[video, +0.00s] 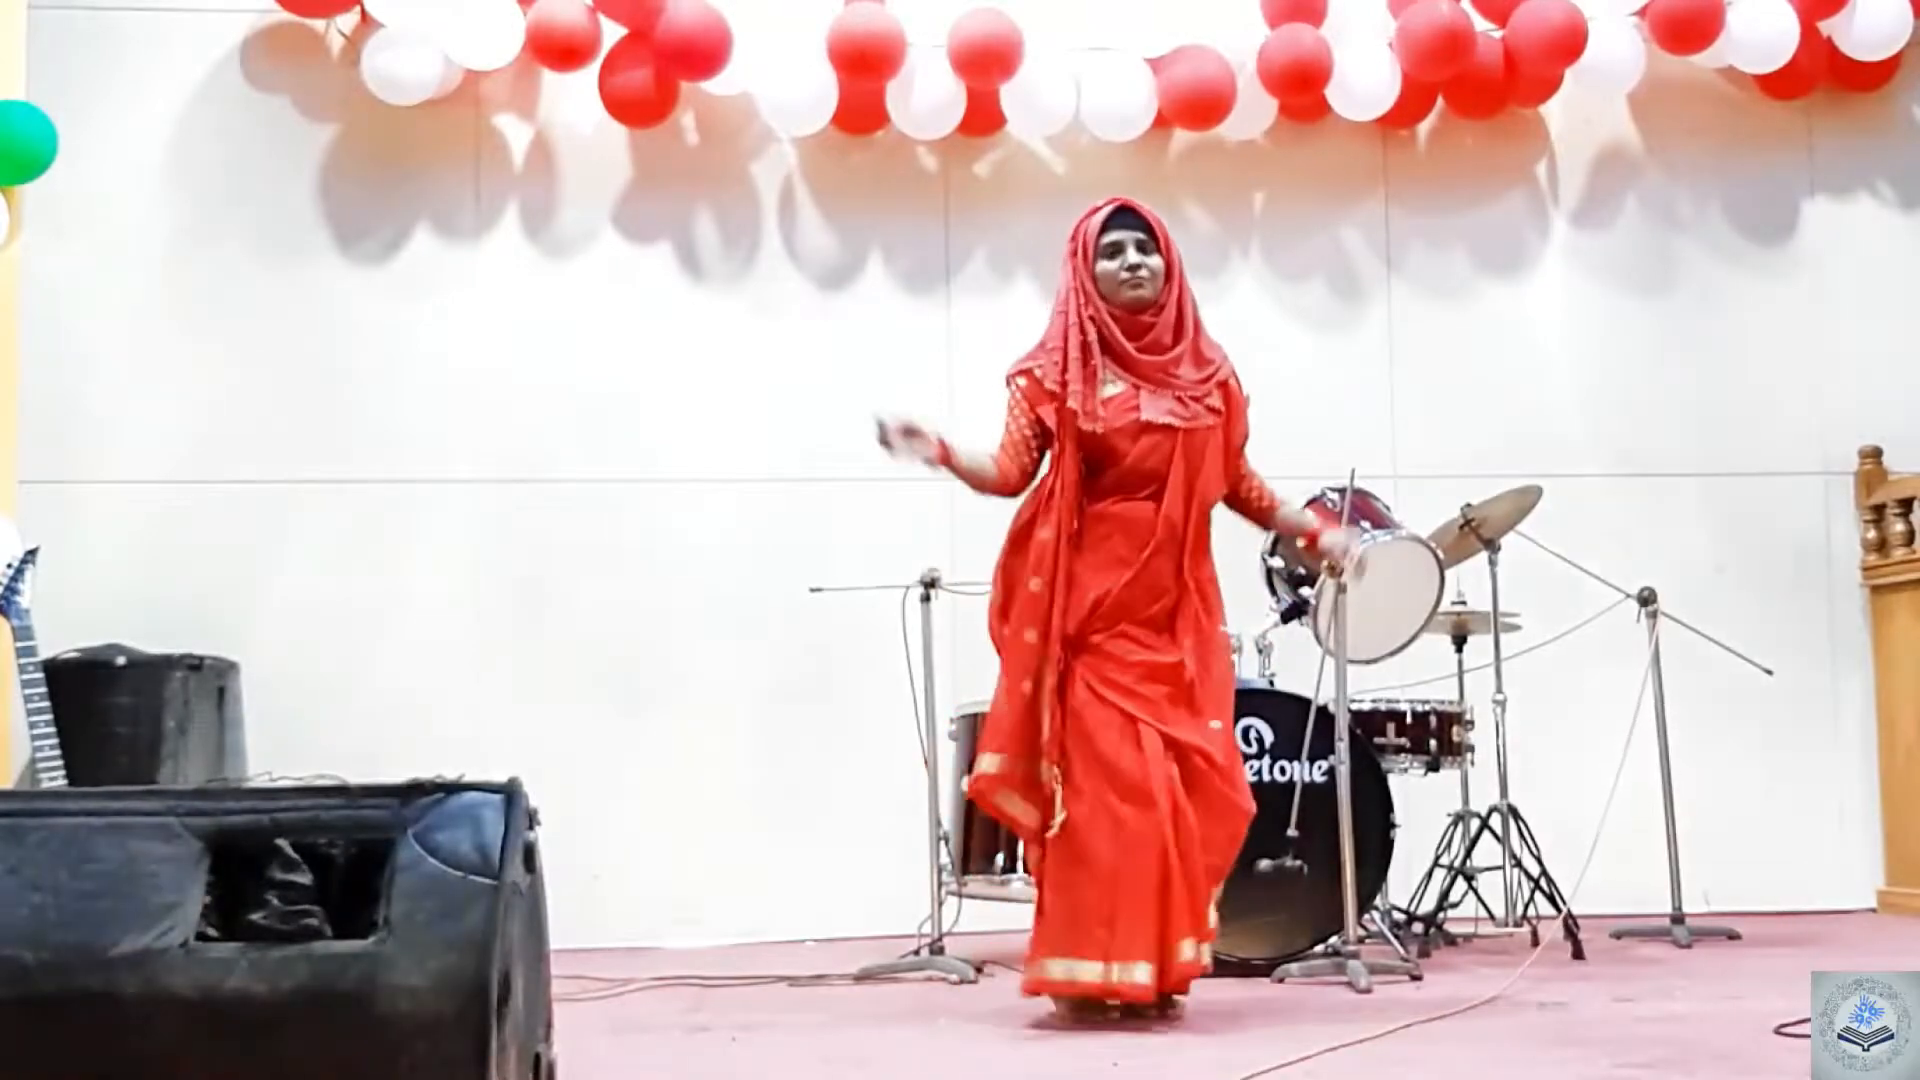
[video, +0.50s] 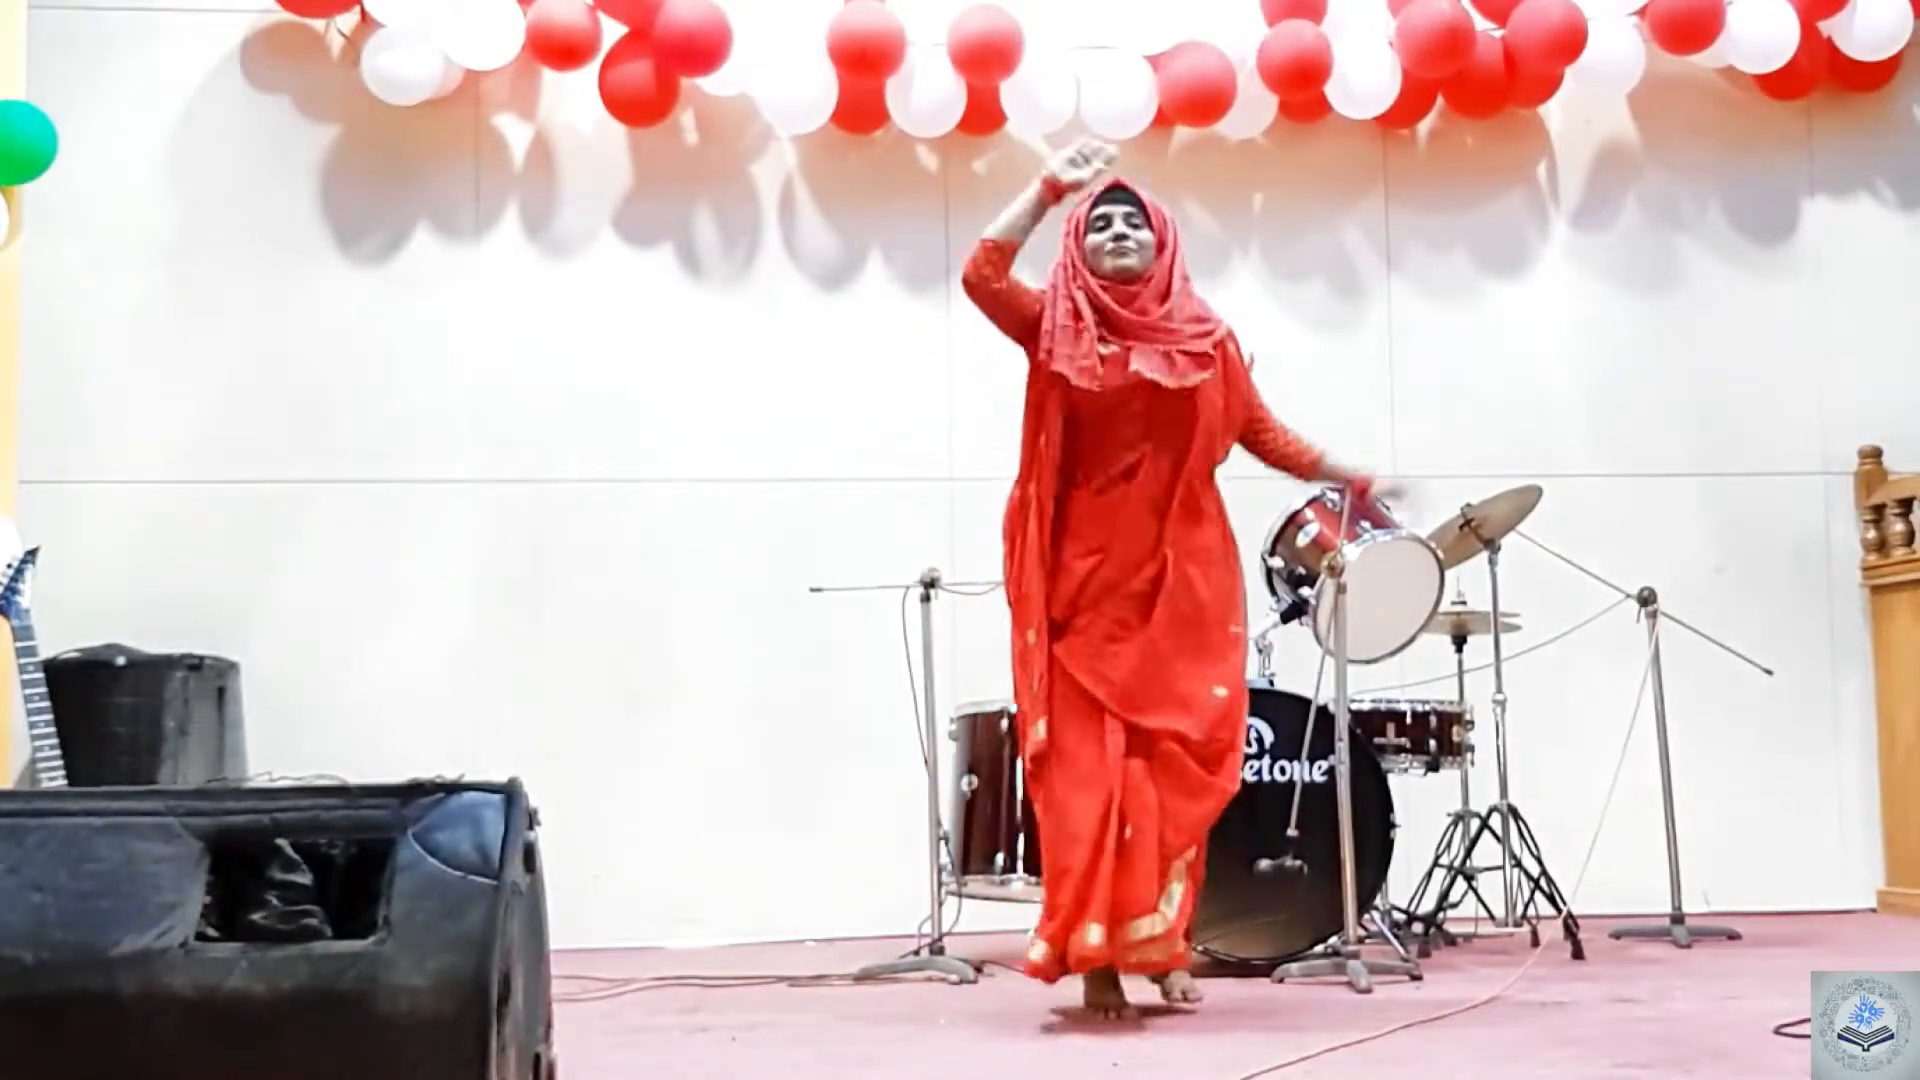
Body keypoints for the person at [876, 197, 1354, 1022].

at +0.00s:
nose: (1132, 262)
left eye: (1143, 249)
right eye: (1113, 254)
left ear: (1167, 265)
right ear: (1086, 275)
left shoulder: (1207, 376)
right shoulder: (1055, 373)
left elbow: (1237, 481)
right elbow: (1009, 473)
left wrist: (1307, 530)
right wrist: (942, 450)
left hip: (1178, 619)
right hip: (1089, 618)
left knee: (1211, 789)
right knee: (1123, 786)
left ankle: (1158, 964)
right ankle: (1106, 978)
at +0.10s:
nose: (1134, 264)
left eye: (1145, 251)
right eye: (1115, 256)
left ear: (1170, 264)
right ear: (1089, 277)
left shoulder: (1213, 372)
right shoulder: (1060, 368)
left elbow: (1246, 469)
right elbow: (997, 449)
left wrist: (1316, 515)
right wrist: (924, 392)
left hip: (1177, 610)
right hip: (1084, 609)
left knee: (1182, 779)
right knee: (1105, 778)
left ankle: (1149, 963)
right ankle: (1081, 963)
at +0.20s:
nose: (1133, 295)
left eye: (1145, 280)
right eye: (1115, 284)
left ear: (1170, 292)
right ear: (1087, 301)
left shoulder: (1209, 395)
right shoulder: (1064, 387)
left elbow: (1235, 504)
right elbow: (999, 438)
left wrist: (1302, 570)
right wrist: (925, 366)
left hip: (1181, 621)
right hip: (1090, 621)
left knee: (1168, 788)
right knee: (1105, 784)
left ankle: (1149, 962)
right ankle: (1115, 968)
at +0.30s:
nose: (1122, 274)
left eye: (1133, 263)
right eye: (1104, 267)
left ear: (1159, 280)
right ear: (1081, 293)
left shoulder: (1210, 390)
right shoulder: (1066, 381)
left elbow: (1238, 511)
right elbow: (984, 378)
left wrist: (1276, 604)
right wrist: (957, 284)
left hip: (1191, 625)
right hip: (1095, 625)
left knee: (1188, 798)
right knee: (1105, 793)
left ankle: (1152, 965)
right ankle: (1102, 976)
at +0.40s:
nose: (1115, 233)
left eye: (1130, 224)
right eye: (1098, 229)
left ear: (1158, 250)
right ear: (1076, 259)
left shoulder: (1204, 346)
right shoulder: (1057, 339)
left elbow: (1242, 454)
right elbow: (972, 297)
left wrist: (1294, 539)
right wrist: (1010, 196)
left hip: (1185, 595)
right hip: (1085, 596)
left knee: (1185, 774)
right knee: (1092, 772)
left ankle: (1150, 951)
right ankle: (1096, 967)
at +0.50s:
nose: (1117, 232)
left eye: (1131, 219)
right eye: (1098, 224)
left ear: (1160, 239)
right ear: (1079, 248)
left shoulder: (1203, 341)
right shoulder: (1058, 331)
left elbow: (1264, 435)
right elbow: (982, 273)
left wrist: (1346, 474)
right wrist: (1043, 191)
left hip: (1183, 582)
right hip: (1081, 582)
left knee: (1183, 761)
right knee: (1089, 762)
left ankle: (1165, 946)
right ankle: (1097, 963)